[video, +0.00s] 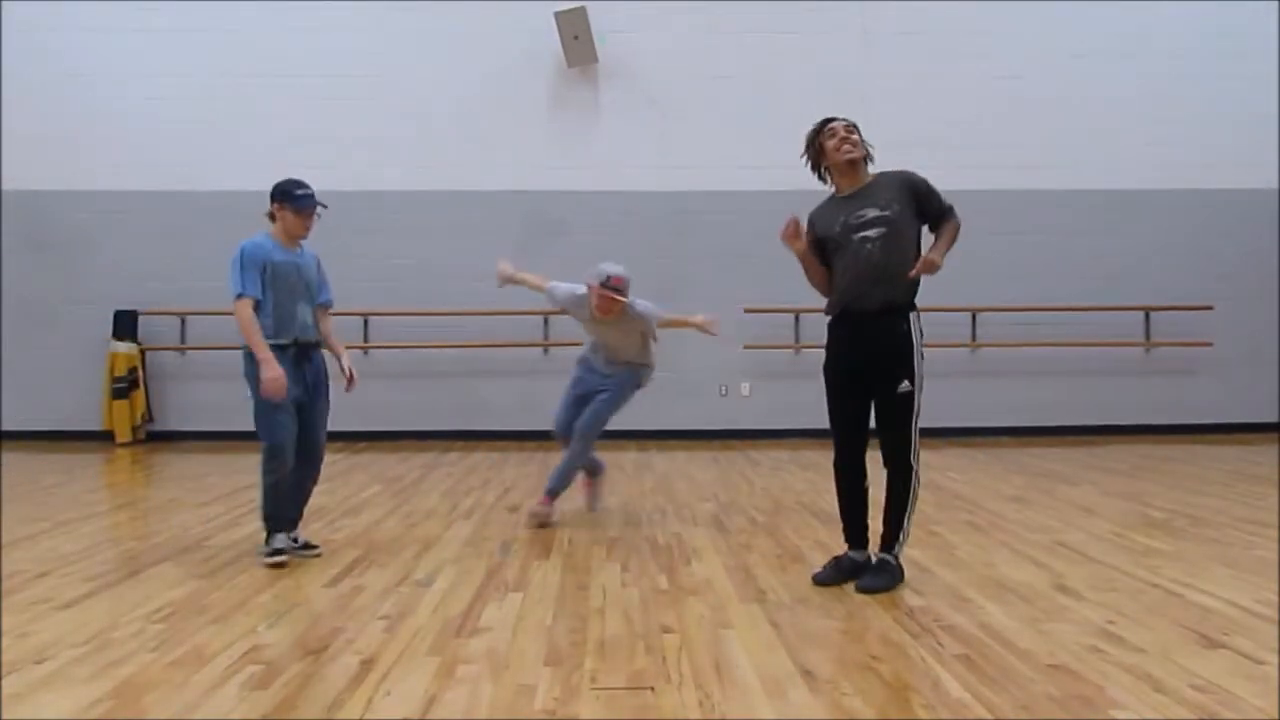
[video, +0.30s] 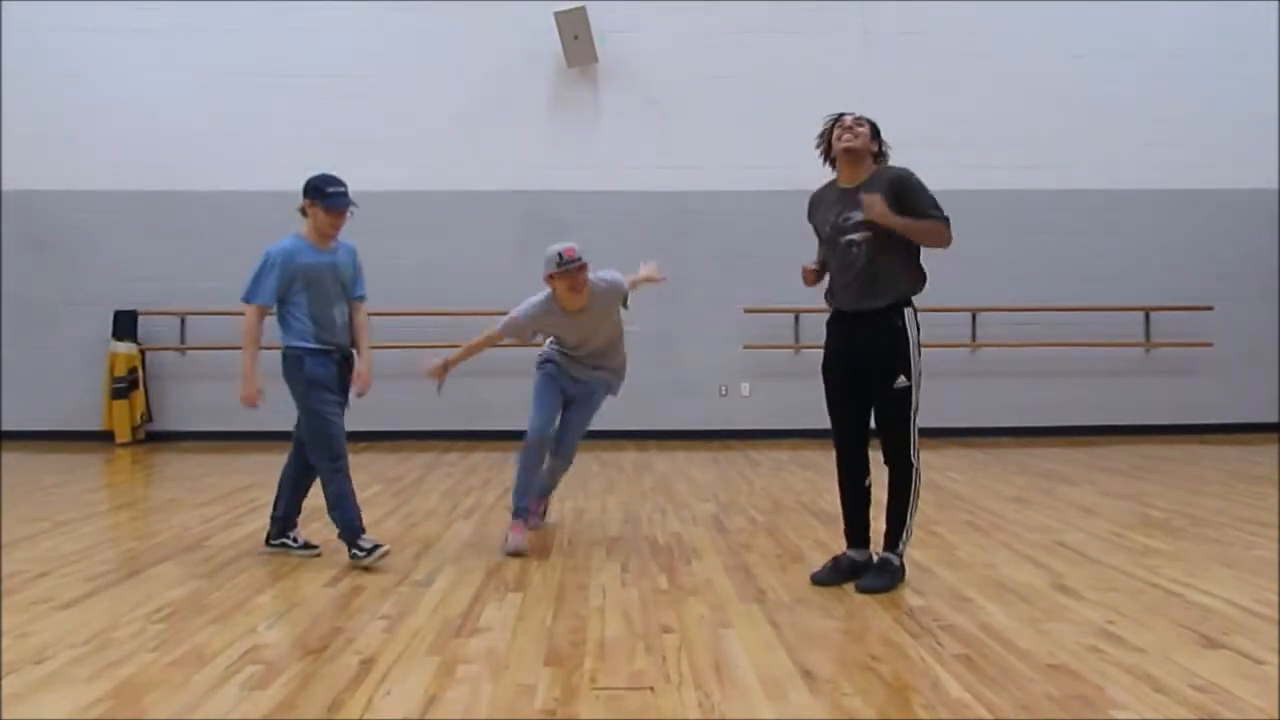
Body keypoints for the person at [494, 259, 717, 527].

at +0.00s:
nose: (606, 305)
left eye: (614, 301)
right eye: (602, 297)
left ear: (624, 300)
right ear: (592, 290)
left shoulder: (637, 313)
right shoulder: (577, 299)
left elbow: (664, 321)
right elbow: (543, 285)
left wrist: (695, 322)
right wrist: (514, 276)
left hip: (627, 372)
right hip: (594, 363)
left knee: (584, 429)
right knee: (563, 428)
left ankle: (549, 498)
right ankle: (593, 468)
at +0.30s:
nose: (578, 279)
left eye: (581, 271)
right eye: (569, 275)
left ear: (588, 271)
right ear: (551, 281)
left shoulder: (608, 287)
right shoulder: (540, 309)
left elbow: (629, 285)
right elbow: (492, 337)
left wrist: (644, 276)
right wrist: (449, 363)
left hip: (599, 374)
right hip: (558, 365)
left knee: (564, 451)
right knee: (538, 434)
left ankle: (540, 499)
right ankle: (520, 520)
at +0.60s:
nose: (595, 259)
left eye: (596, 249)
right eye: (583, 257)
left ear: (604, 247)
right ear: (569, 270)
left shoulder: (631, 263)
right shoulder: (563, 309)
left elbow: (629, 305)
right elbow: (519, 366)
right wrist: (478, 422)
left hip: (624, 372)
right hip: (575, 375)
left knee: (626, 446)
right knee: (568, 450)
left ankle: (609, 544)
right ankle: (531, 514)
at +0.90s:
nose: (601, 241)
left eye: (605, 230)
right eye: (589, 236)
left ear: (621, 220)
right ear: (578, 242)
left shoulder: (659, 244)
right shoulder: (576, 294)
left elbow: (673, 292)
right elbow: (564, 362)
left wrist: (694, 348)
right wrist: (564, 430)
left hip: (675, 368)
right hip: (621, 376)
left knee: (682, 468)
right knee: (633, 458)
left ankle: (647, 522)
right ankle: (649, 570)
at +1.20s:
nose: (634, 219)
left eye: (642, 208)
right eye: (624, 210)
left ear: (664, 199)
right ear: (613, 211)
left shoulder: (708, 244)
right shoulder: (604, 267)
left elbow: (739, 315)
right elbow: (602, 344)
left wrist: (746, 387)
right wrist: (594, 420)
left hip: (704, 377)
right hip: (643, 384)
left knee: (700, 474)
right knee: (626, 490)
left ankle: (753, 597)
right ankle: (652, 580)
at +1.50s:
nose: (659, 219)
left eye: (667, 207)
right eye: (652, 210)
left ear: (700, 196)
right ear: (647, 209)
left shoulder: (746, 266)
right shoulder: (647, 257)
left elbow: (744, 360)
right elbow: (624, 333)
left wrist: (741, 454)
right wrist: (579, 403)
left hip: (714, 402)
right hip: (659, 393)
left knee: (702, 503)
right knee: (586, 481)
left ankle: (765, 615)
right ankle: (632, 592)